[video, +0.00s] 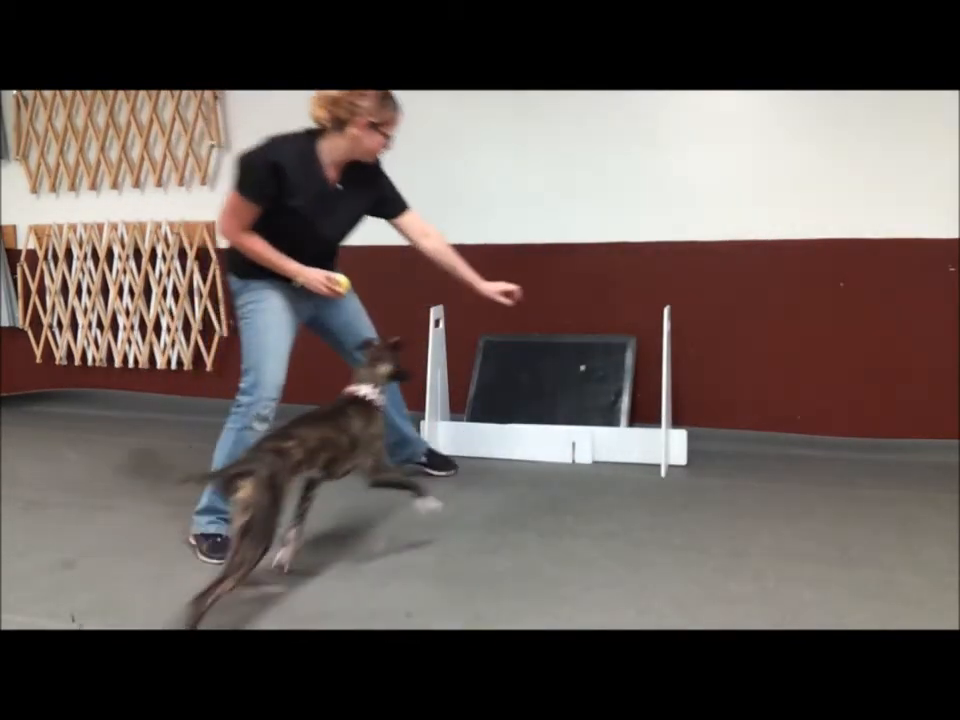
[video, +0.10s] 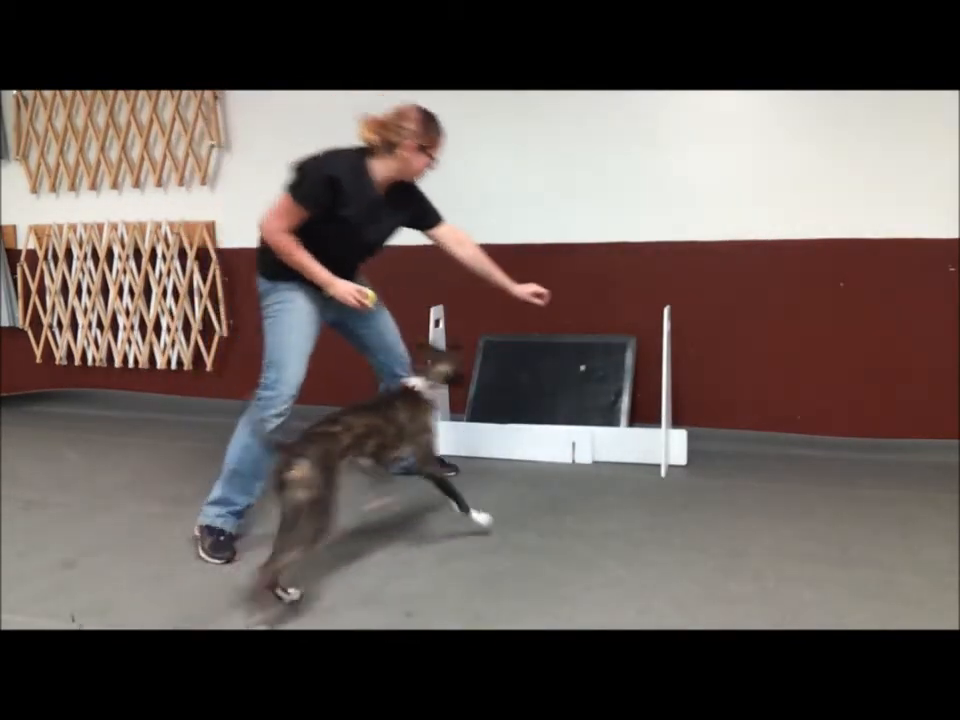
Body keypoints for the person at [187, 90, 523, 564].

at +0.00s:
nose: (386, 142)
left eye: (390, 133)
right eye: (380, 130)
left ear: (372, 129)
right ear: (349, 122)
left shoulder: (369, 177)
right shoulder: (273, 161)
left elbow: (423, 234)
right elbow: (232, 230)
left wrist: (481, 285)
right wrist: (300, 272)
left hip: (322, 282)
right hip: (264, 282)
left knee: (375, 362)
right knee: (261, 398)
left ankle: (406, 451)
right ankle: (213, 518)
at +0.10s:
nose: (432, 162)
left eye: (434, 154)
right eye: (427, 152)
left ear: (408, 151)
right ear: (402, 146)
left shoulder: (404, 196)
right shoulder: (329, 173)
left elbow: (456, 243)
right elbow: (272, 229)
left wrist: (511, 287)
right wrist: (334, 284)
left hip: (346, 286)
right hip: (290, 282)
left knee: (400, 370)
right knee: (279, 394)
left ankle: (404, 455)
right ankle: (220, 518)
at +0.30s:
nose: (487, 199)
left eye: (490, 192)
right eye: (487, 190)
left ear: (465, 182)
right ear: (471, 183)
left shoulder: (456, 221)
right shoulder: (417, 190)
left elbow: (491, 241)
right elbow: (344, 230)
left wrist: (536, 263)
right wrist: (381, 295)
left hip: (368, 277)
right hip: (328, 268)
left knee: (412, 357)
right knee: (335, 374)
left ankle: (407, 456)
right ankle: (275, 497)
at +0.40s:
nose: (493, 203)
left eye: (495, 195)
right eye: (493, 194)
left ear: (473, 185)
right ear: (478, 187)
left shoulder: (455, 211)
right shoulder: (433, 196)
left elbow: (486, 229)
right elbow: (366, 234)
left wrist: (518, 243)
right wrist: (400, 296)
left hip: (369, 266)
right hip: (336, 264)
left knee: (412, 355)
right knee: (363, 367)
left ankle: (407, 458)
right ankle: (316, 491)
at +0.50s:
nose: (492, 201)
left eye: (495, 194)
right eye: (493, 193)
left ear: (475, 183)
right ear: (479, 183)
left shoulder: (453, 201)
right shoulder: (438, 194)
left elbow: (468, 217)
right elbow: (376, 237)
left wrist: (495, 229)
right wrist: (410, 293)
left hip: (379, 265)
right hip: (346, 264)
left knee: (417, 357)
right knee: (387, 366)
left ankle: (407, 457)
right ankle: (349, 486)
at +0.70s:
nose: (496, 200)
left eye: (499, 193)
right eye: (496, 192)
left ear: (477, 182)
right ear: (479, 184)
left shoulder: (455, 207)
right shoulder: (431, 196)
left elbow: (423, 231)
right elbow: (369, 247)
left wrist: (458, 243)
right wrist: (413, 290)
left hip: (379, 263)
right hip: (339, 260)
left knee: (419, 353)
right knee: (394, 347)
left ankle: (413, 456)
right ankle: (394, 468)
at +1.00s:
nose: (457, 271)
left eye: (461, 265)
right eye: (457, 264)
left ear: (438, 253)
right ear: (441, 256)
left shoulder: (425, 261)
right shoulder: (383, 265)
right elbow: (396, 347)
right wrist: (443, 398)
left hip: (355, 276)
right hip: (305, 270)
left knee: (411, 357)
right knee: (318, 362)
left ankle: (407, 459)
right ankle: (297, 485)